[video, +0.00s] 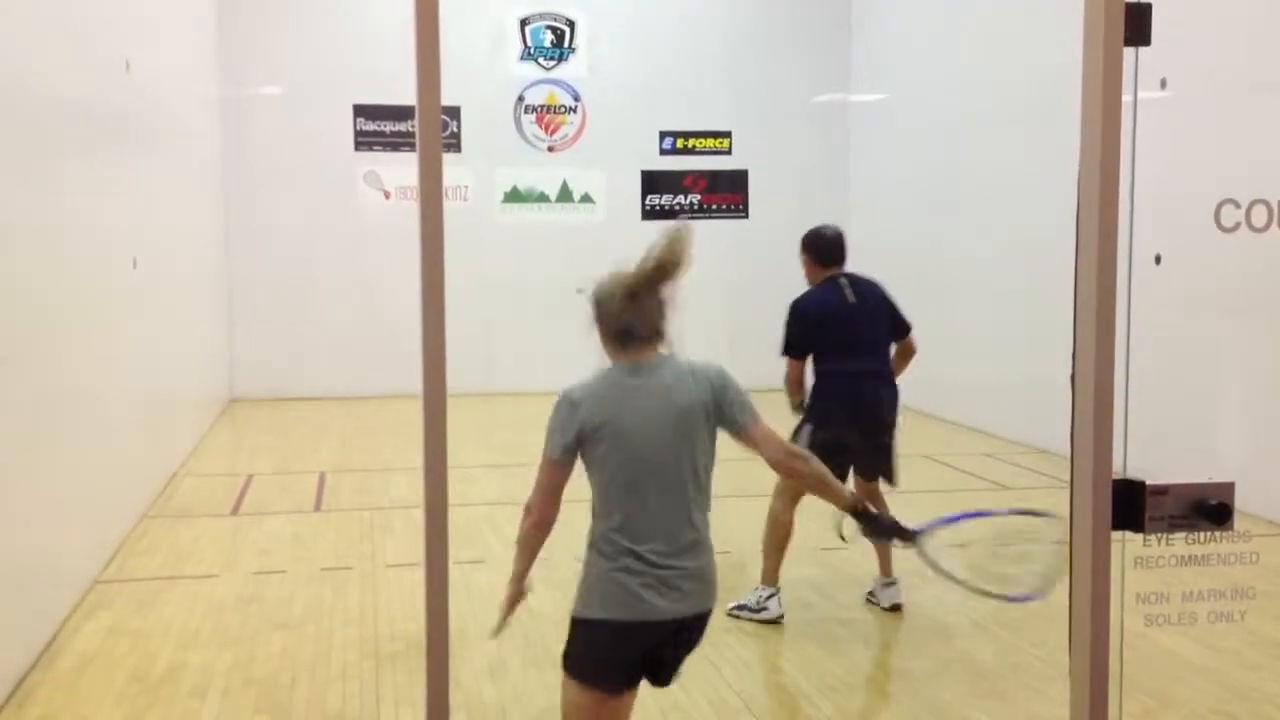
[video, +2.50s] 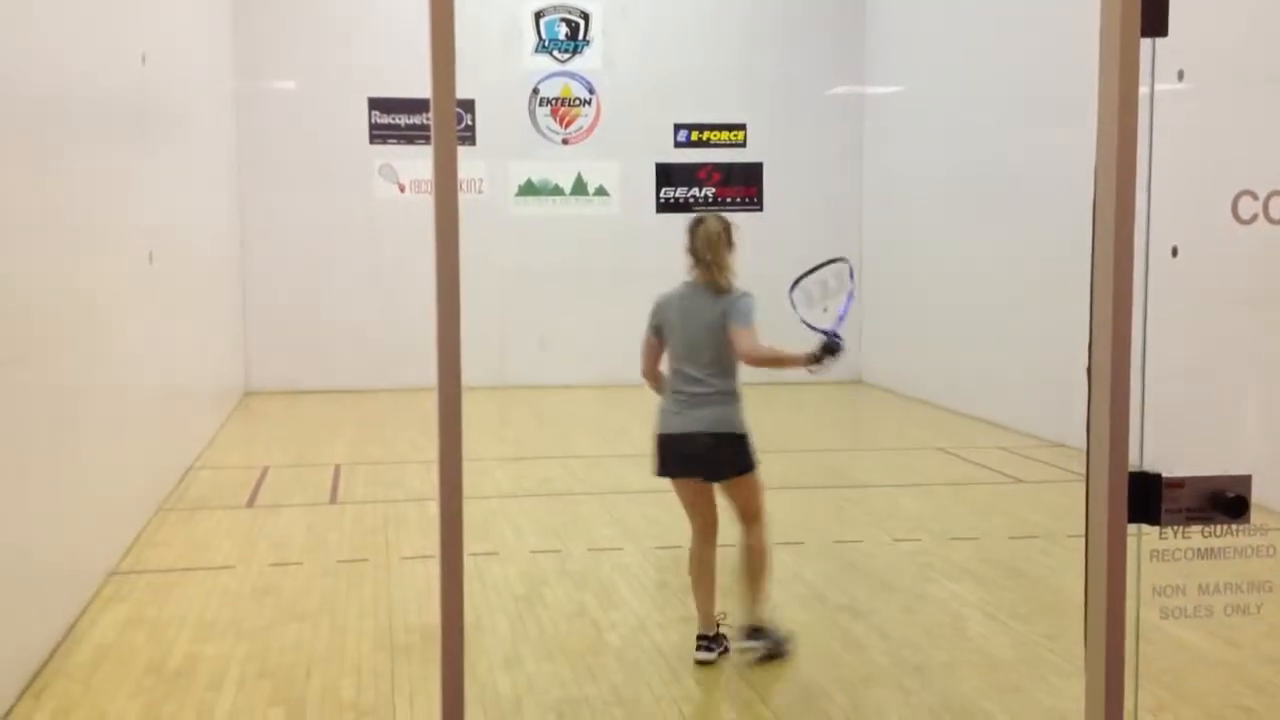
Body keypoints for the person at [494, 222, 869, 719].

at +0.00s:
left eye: (601, 324)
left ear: (603, 332)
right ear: (662, 322)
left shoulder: (581, 402)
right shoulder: (708, 384)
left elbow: (540, 513)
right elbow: (787, 459)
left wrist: (517, 578)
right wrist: (852, 503)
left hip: (613, 613)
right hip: (690, 607)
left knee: (589, 711)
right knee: (613, 691)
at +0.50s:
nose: (724, 296)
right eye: (733, 287)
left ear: (682, 290)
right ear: (734, 291)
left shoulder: (650, 353)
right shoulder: (757, 363)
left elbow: (623, 425)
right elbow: (786, 453)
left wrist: (592, 491)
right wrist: (801, 522)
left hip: (664, 526)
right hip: (734, 528)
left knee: (678, 627)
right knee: (718, 670)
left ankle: (668, 713)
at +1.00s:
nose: (787, 260)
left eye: (785, 253)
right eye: (783, 254)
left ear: (741, 263)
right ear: (768, 261)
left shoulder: (705, 317)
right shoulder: (793, 323)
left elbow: (674, 385)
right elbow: (805, 403)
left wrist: (661, 439)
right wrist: (812, 458)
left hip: (711, 459)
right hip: (769, 462)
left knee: (706, 561)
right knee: (756, 558)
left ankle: (685, 628)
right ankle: (737, 655)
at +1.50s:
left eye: (759, 250)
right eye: (790, 249)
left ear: (757, 255)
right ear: (794, 253)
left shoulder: (746, 302)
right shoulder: (821, 304)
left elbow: (734, 361)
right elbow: (830, 369)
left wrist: (722, 398)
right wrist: (828, 404)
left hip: (762, 418)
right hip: (810, 416)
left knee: (770, 499)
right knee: (811, 506)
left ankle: (776, 580)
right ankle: (799, 568)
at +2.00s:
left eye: (757, 247)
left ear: (757, 252)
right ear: (792, 247)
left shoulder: (753, 295)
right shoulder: (817, 290)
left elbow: (765, 356)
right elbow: (847, 347)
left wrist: (737, 376)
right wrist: (842, 384)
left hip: (778, 412)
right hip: (822, 406)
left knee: (752, 486)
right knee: (814, 484)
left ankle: (758, 577)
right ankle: (823, 571)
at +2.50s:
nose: (734, 251)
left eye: (729, 242)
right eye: (732, 244)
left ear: (690, 250)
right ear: (727, 249)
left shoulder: (668, 302)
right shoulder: (734, 300)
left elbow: (649, 369)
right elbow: (749, 352)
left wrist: (677, 395)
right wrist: (806, 358)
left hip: (675, 436)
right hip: (723, 435)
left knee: (702, 529)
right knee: (752, 519)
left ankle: (707, 634)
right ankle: (754, 622)